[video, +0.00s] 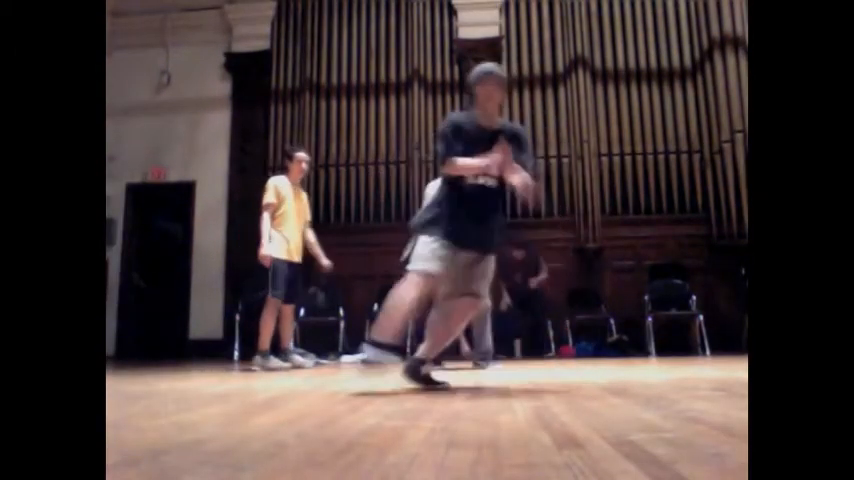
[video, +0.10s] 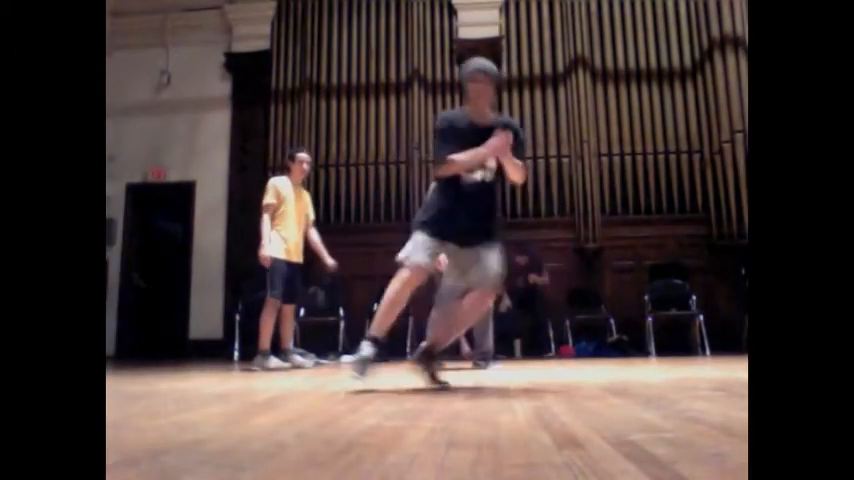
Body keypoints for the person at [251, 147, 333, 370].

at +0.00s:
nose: (304, 167)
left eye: (306, 163)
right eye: (300, 162)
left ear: (308, 168)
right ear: (289, 163)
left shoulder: (303, 195)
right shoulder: (276, 183)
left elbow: (307, 229)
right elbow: (266, 214)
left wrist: (321, 257)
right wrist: (264, 244)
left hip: (295, 253)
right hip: (277, 250)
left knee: (289, 303)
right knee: (274, 300)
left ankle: (287, 350)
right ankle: (263, 353)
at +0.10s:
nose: (305, 167)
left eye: (308, 163)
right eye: (301, 162)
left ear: (310, 168)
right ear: (290, 164)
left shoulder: (305, 195)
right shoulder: (277, 184)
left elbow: (310, 229)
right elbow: (266, 215)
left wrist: (326, 257)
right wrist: (264, 245)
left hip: (296, 253)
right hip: (276, 250)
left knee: (290, 303)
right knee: (273, 300)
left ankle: (287, 350)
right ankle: (264, 353)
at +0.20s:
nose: (306, 168)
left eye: (309, 164)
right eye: (302, 163)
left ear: (311, 168)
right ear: (291, 164)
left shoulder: (307, 196)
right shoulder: (277, 185)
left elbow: (312, 228)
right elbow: (266, 216)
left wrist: (329, 257)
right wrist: (265, 245)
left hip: (296, 255)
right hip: (276, 252)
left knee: (290, 304)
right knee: (272, 301)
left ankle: (287, 350)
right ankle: (264, 352)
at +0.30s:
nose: (308, 169)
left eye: (310, 165)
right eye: (304, 164)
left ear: (312, 169)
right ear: (292, 165)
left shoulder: (309, 196)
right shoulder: (276, 185)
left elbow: (314, 228)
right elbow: (266, 216)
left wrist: (330, 256)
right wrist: (264, 246)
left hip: (296, 256)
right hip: (275, 252)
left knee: (290, 305)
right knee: (272, 302)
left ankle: (288, 350)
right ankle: (266, 352)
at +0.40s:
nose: (308, 169)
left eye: (310, 165)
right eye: (304, 164)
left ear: (312, 169)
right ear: (292, 165)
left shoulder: (309, 196)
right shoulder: (276, 186)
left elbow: (314, 228)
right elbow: (265, 216)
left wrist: (328, 256)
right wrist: (262, 247)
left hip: (297, 256)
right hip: (275, 253)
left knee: (290, 305)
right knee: (273, 302)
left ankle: (288, 351)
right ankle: (267, 353)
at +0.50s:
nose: (306, 169)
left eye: (308, 164)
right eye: (302, 163)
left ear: (310, 168)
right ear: (291, 164)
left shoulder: (308, 194)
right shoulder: (274, 186)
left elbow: (310, 227)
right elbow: (263, 217)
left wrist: (320, 255)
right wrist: (260, 248)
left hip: (297, 255)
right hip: (274, 252)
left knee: (291, 306)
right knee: (272, 302)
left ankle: (287, 352)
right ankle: (265, 354)